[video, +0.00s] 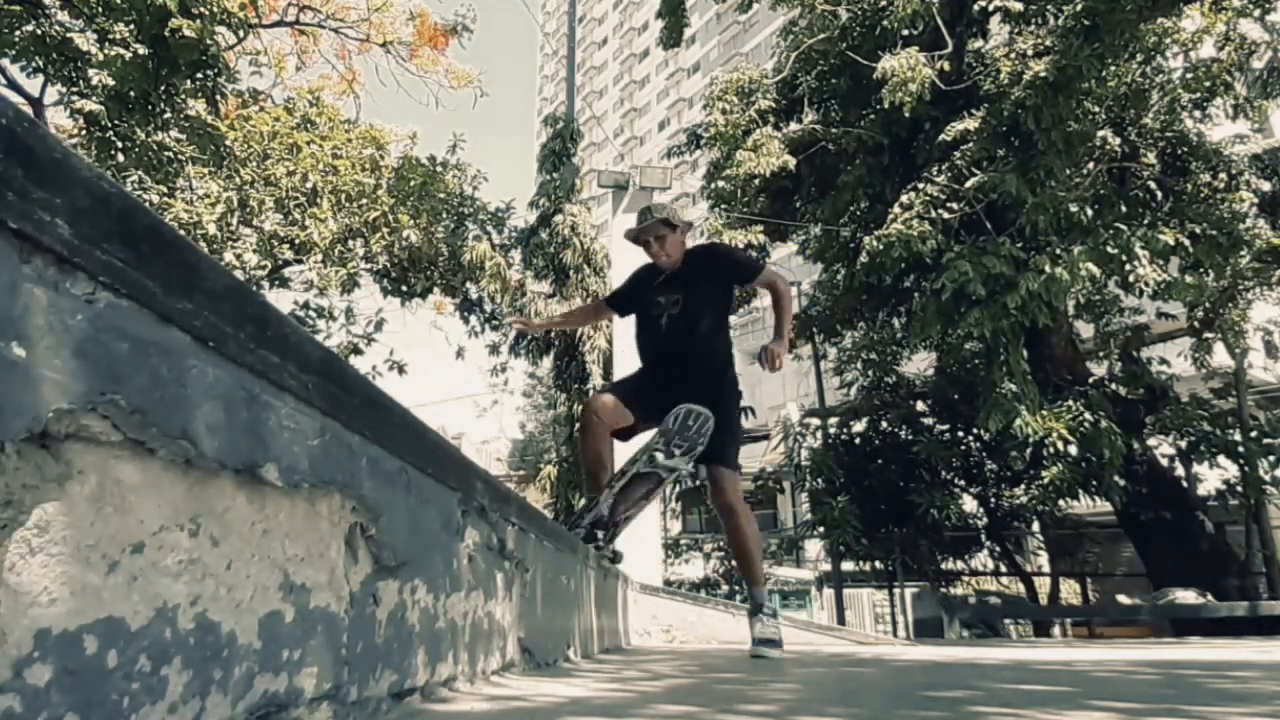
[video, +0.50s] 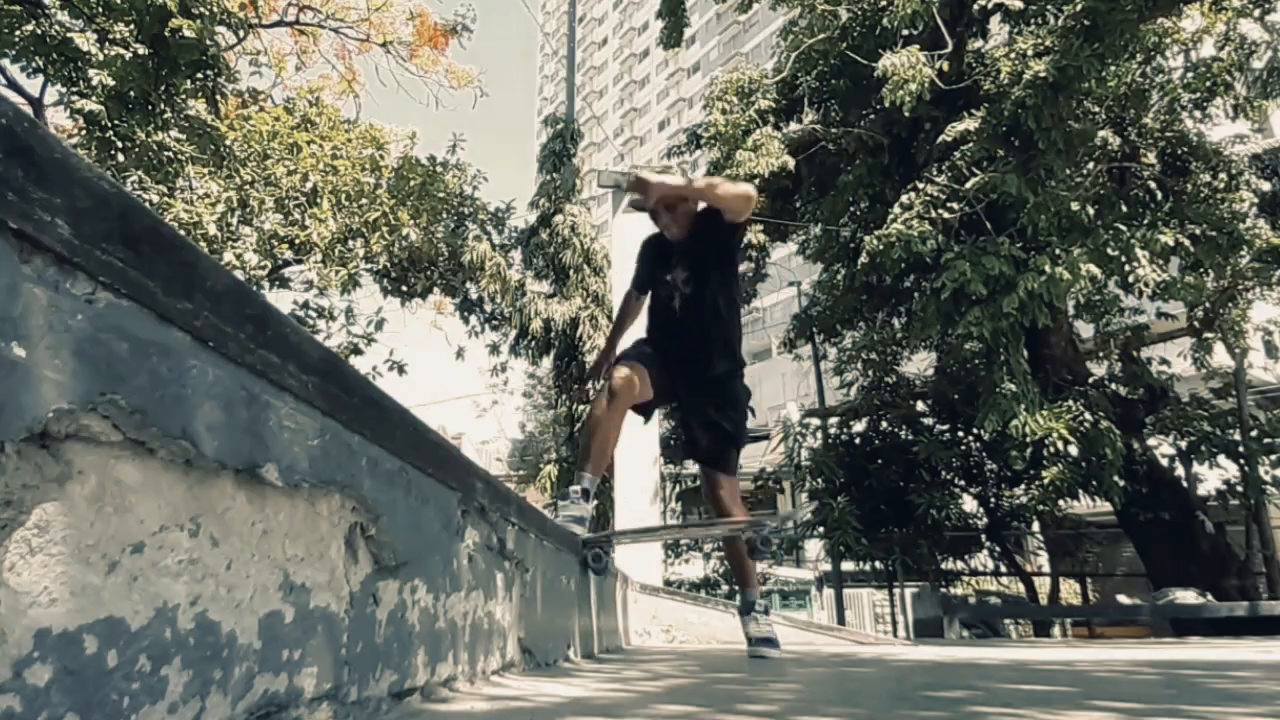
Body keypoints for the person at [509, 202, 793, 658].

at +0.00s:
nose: (654, 249)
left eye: (660, 238)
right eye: (646, 243)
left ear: (681, 233)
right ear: (643, 246)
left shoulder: (716, 260)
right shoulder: (644, 281)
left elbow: (781, 286)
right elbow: (595, 312)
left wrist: (780, 339)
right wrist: (541, 324)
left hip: (713, 388)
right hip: (658, 385)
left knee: (726, 496)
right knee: (596, 412)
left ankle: (761, 607)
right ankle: (597, 520)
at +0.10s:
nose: (657, 256)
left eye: (663, 245)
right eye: (649, 250)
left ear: (685, 240)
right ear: (646, 252)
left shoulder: (721, 269)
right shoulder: (649, 291)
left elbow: (786, 294)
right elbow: (601, 324)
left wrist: (766, 347)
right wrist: (549, 338)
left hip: (720, 401)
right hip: (665, 395)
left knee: (733, 512)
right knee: (600, 410)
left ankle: (764, 618)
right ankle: (593, 520)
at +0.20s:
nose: (664, 266)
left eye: (670, 254)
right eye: (655, 260)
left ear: (691, 245)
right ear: (651, 261)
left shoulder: (725, 274)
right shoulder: (657, 300)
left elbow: (787, 305)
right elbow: (615, 337)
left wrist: (725, 329)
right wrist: (568, 368)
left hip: (725, 413)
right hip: (672, 404)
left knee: (728, 508)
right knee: (612, 397)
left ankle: (763, 620)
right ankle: (587, 510)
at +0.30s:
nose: (668, 264)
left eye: (674, 251)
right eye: (659, 257)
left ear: (695, 244)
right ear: (655, 259)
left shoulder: (725, 269)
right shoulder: (658, 296)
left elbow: (772, 293)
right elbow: (621, 337)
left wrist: (702, 306)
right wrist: (580, 369)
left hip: (725, 412)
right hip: (673, 402)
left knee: (730, 516)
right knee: (617, 393)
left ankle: (763, 619)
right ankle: (583, 502)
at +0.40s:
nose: (661, 237)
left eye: (668, 227)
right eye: (657, 230)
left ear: (689, 222)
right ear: (658, 231)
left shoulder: (724, 251)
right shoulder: (659, 266)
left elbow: (751, 236)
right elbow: (633, 315)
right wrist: (601, 362)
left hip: (719, 389)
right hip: (668, 375)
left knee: (723, 507)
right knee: (616, 385)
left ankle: (760, 614)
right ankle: (581, 500)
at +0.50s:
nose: (661, 219)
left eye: (667, 209)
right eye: (654, 211)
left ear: (686, 204)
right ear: (651, 214)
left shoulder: (719, 231)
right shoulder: (654, 248)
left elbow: (747, 198)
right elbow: (634, 299)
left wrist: (692, 189)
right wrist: (610, 349)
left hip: (716, 371)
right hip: (664, 359)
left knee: (722, 493)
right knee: (619, 384)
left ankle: (753, 605)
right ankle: (583, 496)